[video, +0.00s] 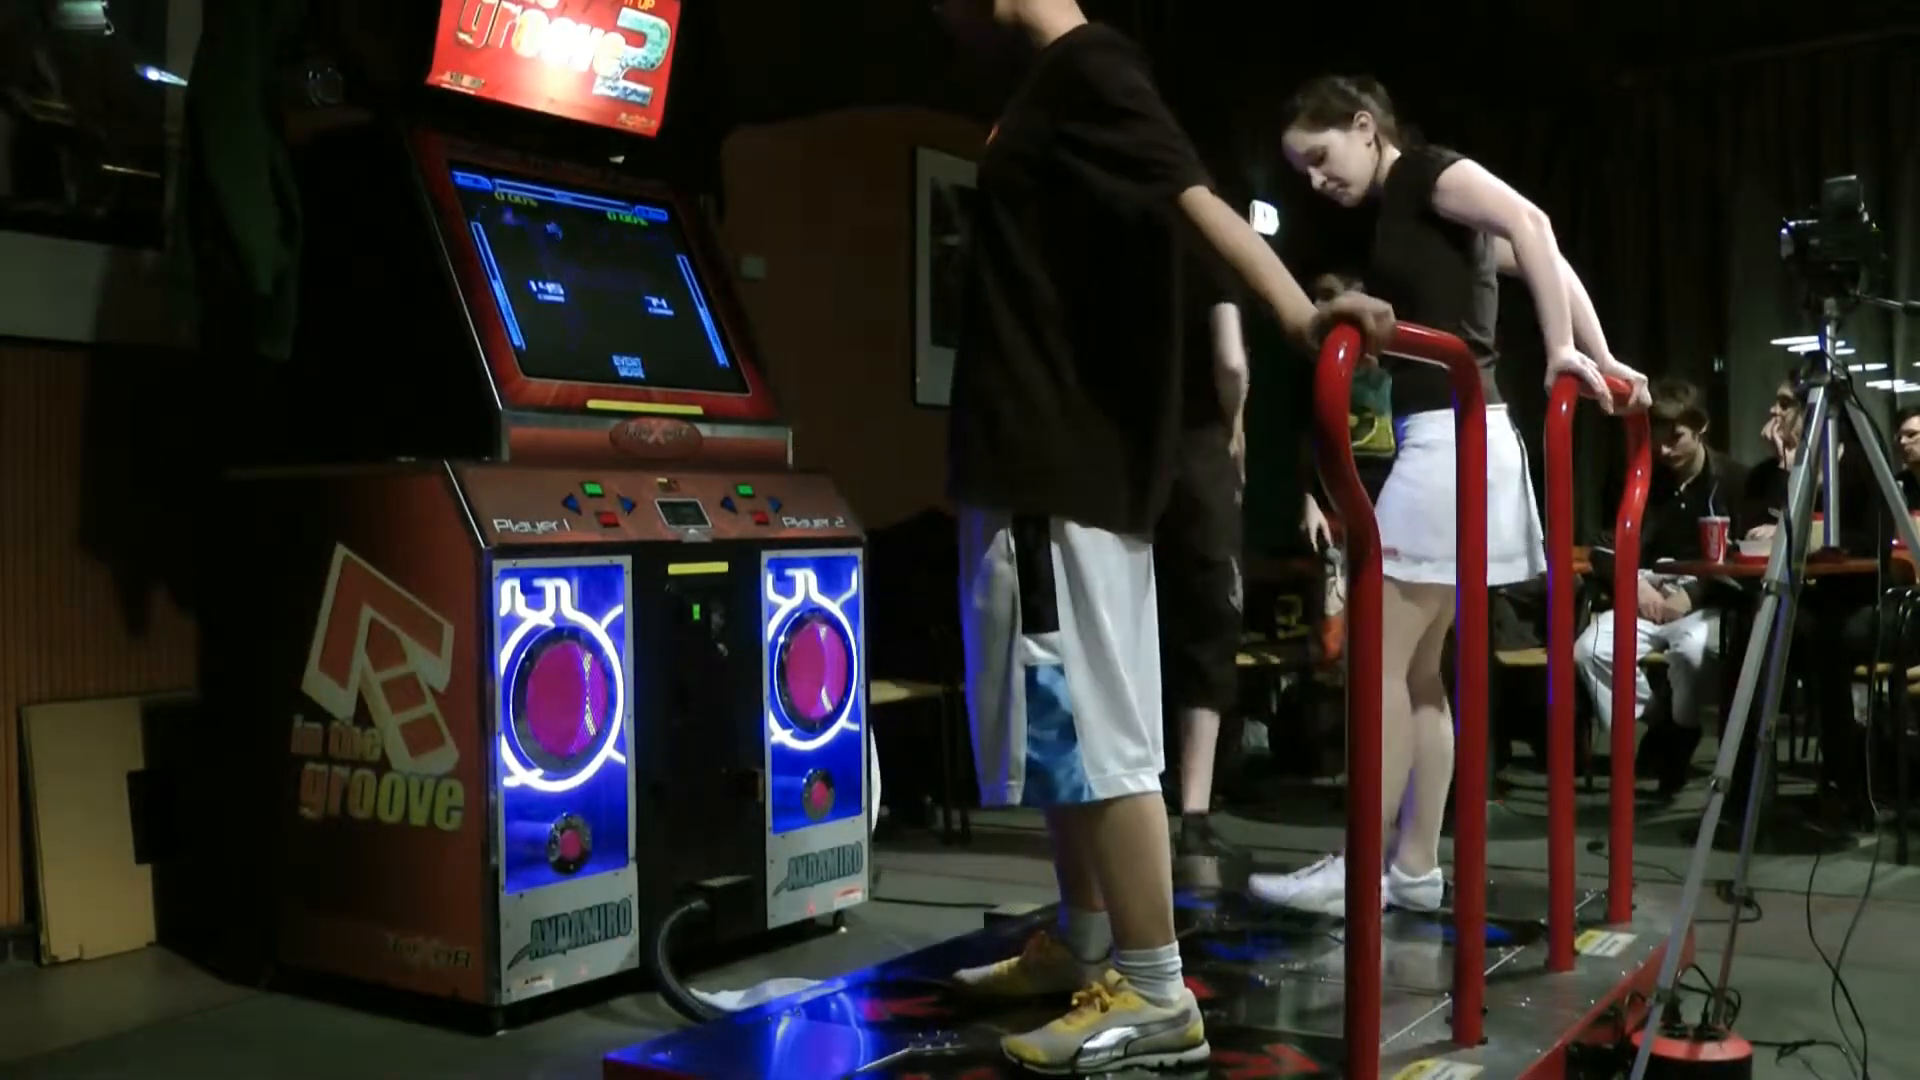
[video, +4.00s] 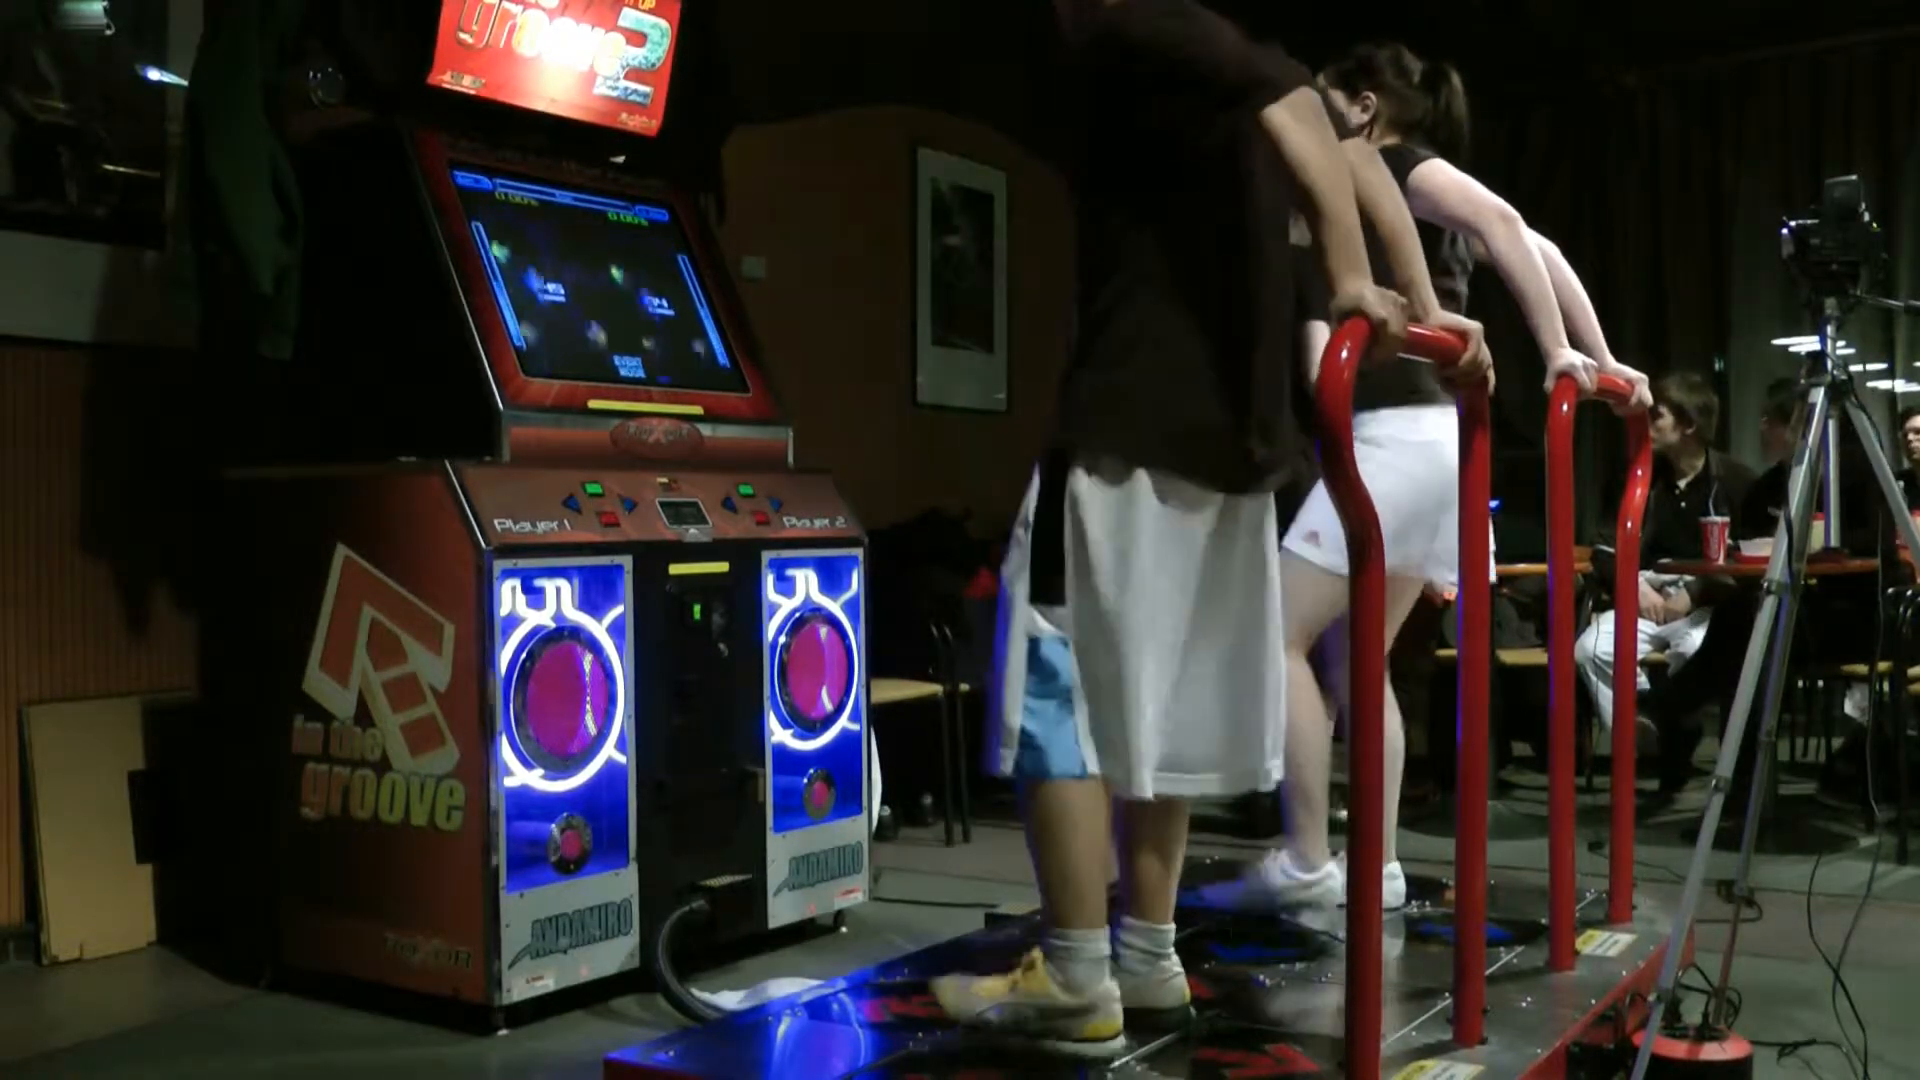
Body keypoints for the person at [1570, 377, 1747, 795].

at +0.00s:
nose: (1667, 447)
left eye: (1675, 436)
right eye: (1659, 439)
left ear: (1700, 429)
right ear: (1648, 437)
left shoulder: (1730, 479)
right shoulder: (1644, 477)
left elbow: (1741, 557)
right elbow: (1605, 549)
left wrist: (1691, 596)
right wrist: (1637, 589)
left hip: (1705, 600)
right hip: (1647, 594)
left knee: (1692, 650)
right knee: (1594, 648)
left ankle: (1682, 737)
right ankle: (1658, 727)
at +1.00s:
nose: (1659, 428)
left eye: (1671, 419)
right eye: (1655, 418)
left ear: (1700, 429)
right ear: (1648, 423)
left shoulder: (1727, 477)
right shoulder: (1639, 474)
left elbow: (1737, 553)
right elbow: (1607, 547)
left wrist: (1689, 594)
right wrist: (1635, 585)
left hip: (1700, 603)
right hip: (1644, 598)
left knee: (1692, 651)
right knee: (1594, 649)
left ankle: (1683, 735)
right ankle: (1656, 729)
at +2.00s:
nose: (1663, 425)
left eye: (1675, 414)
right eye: (1658, 416)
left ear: (1703, 420)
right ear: (1651, 421)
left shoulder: (1738, 481)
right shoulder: (1646, 478)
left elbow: (1755, 562)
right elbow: (1608, 551)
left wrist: (1692, 595)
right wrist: (1635, 587)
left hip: (1711, 604)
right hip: (1649, 604)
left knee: (1690, 651)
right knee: (1593, 648)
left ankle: (1685, 740)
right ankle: (1644, 741)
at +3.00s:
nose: (1649, 435)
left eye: (1657, 426)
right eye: (1648, 425)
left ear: (1689, 427)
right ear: (1646, 425)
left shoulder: (1734, 480)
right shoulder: (1642, 477)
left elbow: (1747, 559)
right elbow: (1606, 547)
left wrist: (1692, 595)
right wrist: (1634, 587)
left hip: (1701, 601)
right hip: (1643, 597)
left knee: (1694, 650)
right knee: (1596, 648)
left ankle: (1678, 750)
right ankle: (1649, 739)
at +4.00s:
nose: (1650, 426)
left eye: (1659, 418)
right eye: (1650, 417)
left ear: (1689, 425)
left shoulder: (1734, 480)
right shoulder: (1645, 474)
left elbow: (1745, 560)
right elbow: (1607, 546)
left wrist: (1692, 595)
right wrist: (1634, 587)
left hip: (1703, 602)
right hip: (1645, 598)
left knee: (1695, 654)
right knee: (1596, 648)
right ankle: (1643, 750)